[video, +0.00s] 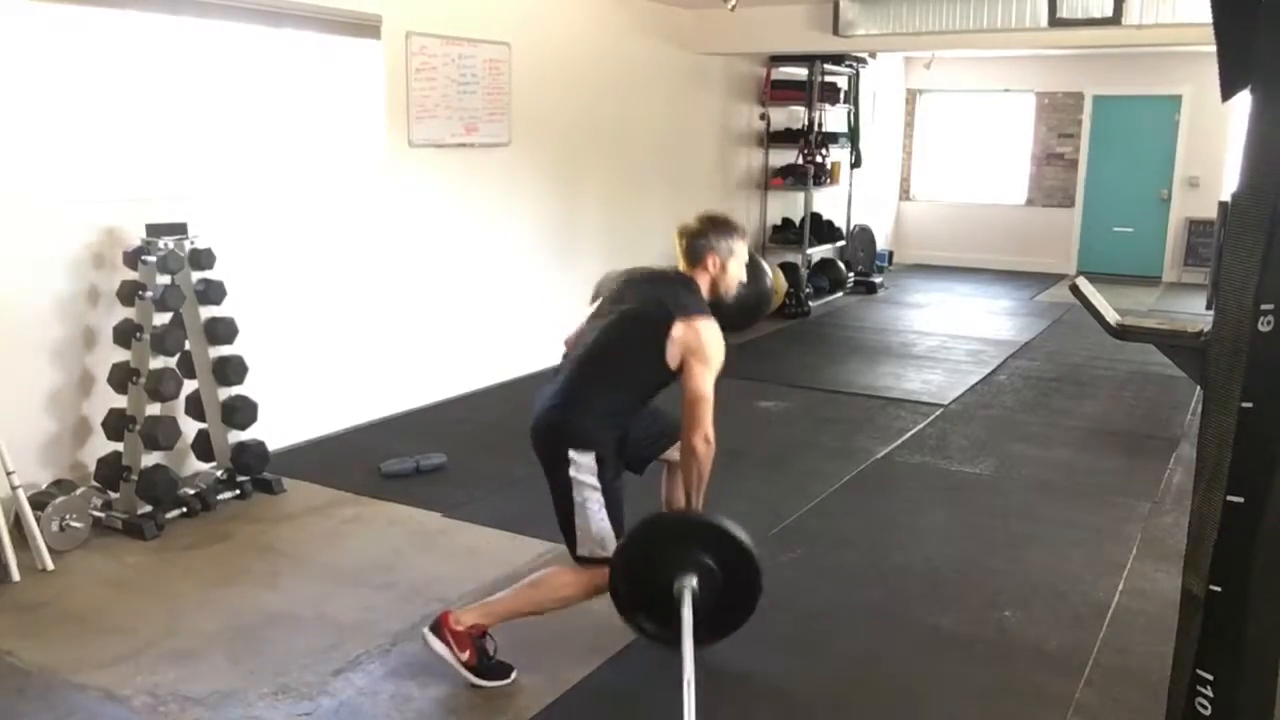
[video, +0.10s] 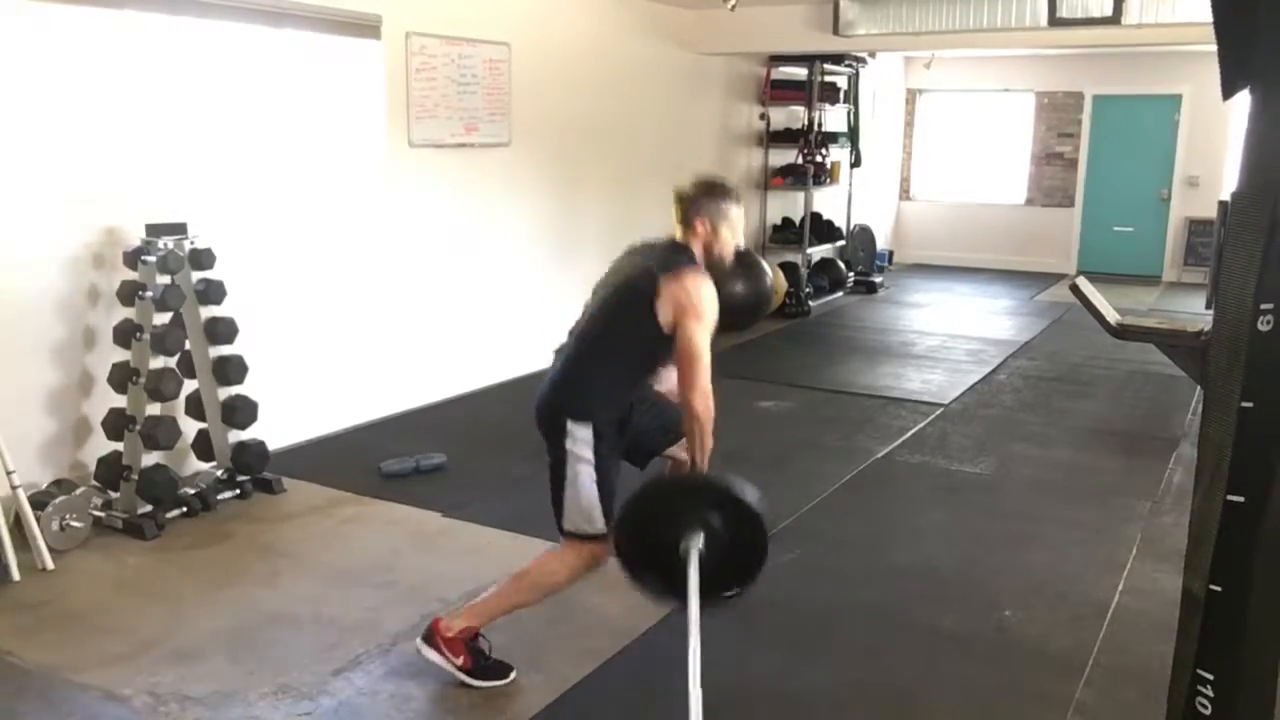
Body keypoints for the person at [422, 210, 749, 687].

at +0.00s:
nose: (744, 275)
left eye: (745, 263)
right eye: (740, 262)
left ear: (697, 260)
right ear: (712, 262)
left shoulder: (633, 282)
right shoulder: (702, 330)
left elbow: (574, 345)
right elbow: (701, 439)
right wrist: (691, 526)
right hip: (577, 428)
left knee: (685, 446)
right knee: (604, 570)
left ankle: (677, 562)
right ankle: (463, 624)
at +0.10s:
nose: (739, 243)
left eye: (740, 231)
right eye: (735, 230)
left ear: (695, 226)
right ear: (704, 226)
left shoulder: (652, 256)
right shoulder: (695, 287)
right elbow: (698, 404)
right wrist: (698, 479)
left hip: (617, 396)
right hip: (580, 410)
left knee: (694, 446)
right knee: (588, 549)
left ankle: (680, 538)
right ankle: (453, 630)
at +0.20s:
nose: (730, 188)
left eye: (732, 176)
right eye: (721, 175)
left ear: (700, 177)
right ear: (690, 172)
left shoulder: (671, 219)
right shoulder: (671, 220)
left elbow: (665, 325)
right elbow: (682, 326)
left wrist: (693, 367)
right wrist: (706, 386)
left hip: (633, 367)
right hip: (586, 372)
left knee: (690, 445)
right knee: (573, 509)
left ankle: (677, 560)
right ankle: (460, 624)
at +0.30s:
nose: (712, 150)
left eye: (719, 139)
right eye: (701, 138)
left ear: (722, 142)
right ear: (672, 133)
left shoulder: (707, 204)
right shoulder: (635, 168)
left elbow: (689, 272)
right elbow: (633, 240)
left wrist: (714, 307)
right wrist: (683, 283)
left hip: (647, 337)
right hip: (590, 331)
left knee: (701, 441)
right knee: (562, 477)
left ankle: (680, 553)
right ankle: (497, 607)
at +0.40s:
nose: (684, 133)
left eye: (695, 123)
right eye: (675, 120)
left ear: (706, 127)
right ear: (653, 114)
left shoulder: (712, 195)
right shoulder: (610, 154)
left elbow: (722, 272)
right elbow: (564, 207)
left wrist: (704, 229)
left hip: (670, 340)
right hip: (598, 331)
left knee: (701, 466)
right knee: (564, 463)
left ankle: (717, 544)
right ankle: (530, 594)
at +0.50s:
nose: (664, 144)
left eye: (675, 134)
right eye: (656, 132)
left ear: (691, 138)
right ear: (638, 130)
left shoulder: (701, 192)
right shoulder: (603, 179)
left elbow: (737, 249)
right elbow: (535, 244)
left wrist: (720, 161)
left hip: (675, 353)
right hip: (607, 349)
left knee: (693, 470)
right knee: (562, 473)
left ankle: (748, 536)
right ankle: (539, 601)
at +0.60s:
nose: (637, 142)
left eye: (651, 134)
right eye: (634, 131)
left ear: (672, 144)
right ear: (625, 137)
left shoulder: (687, 193)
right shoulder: (601, 198)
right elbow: (564, 273)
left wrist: (712, 91)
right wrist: (522, 297)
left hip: (673, 369)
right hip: (608, 364)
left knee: (697, 483)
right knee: (561, 478)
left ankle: (747, 542)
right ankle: (546, 607)